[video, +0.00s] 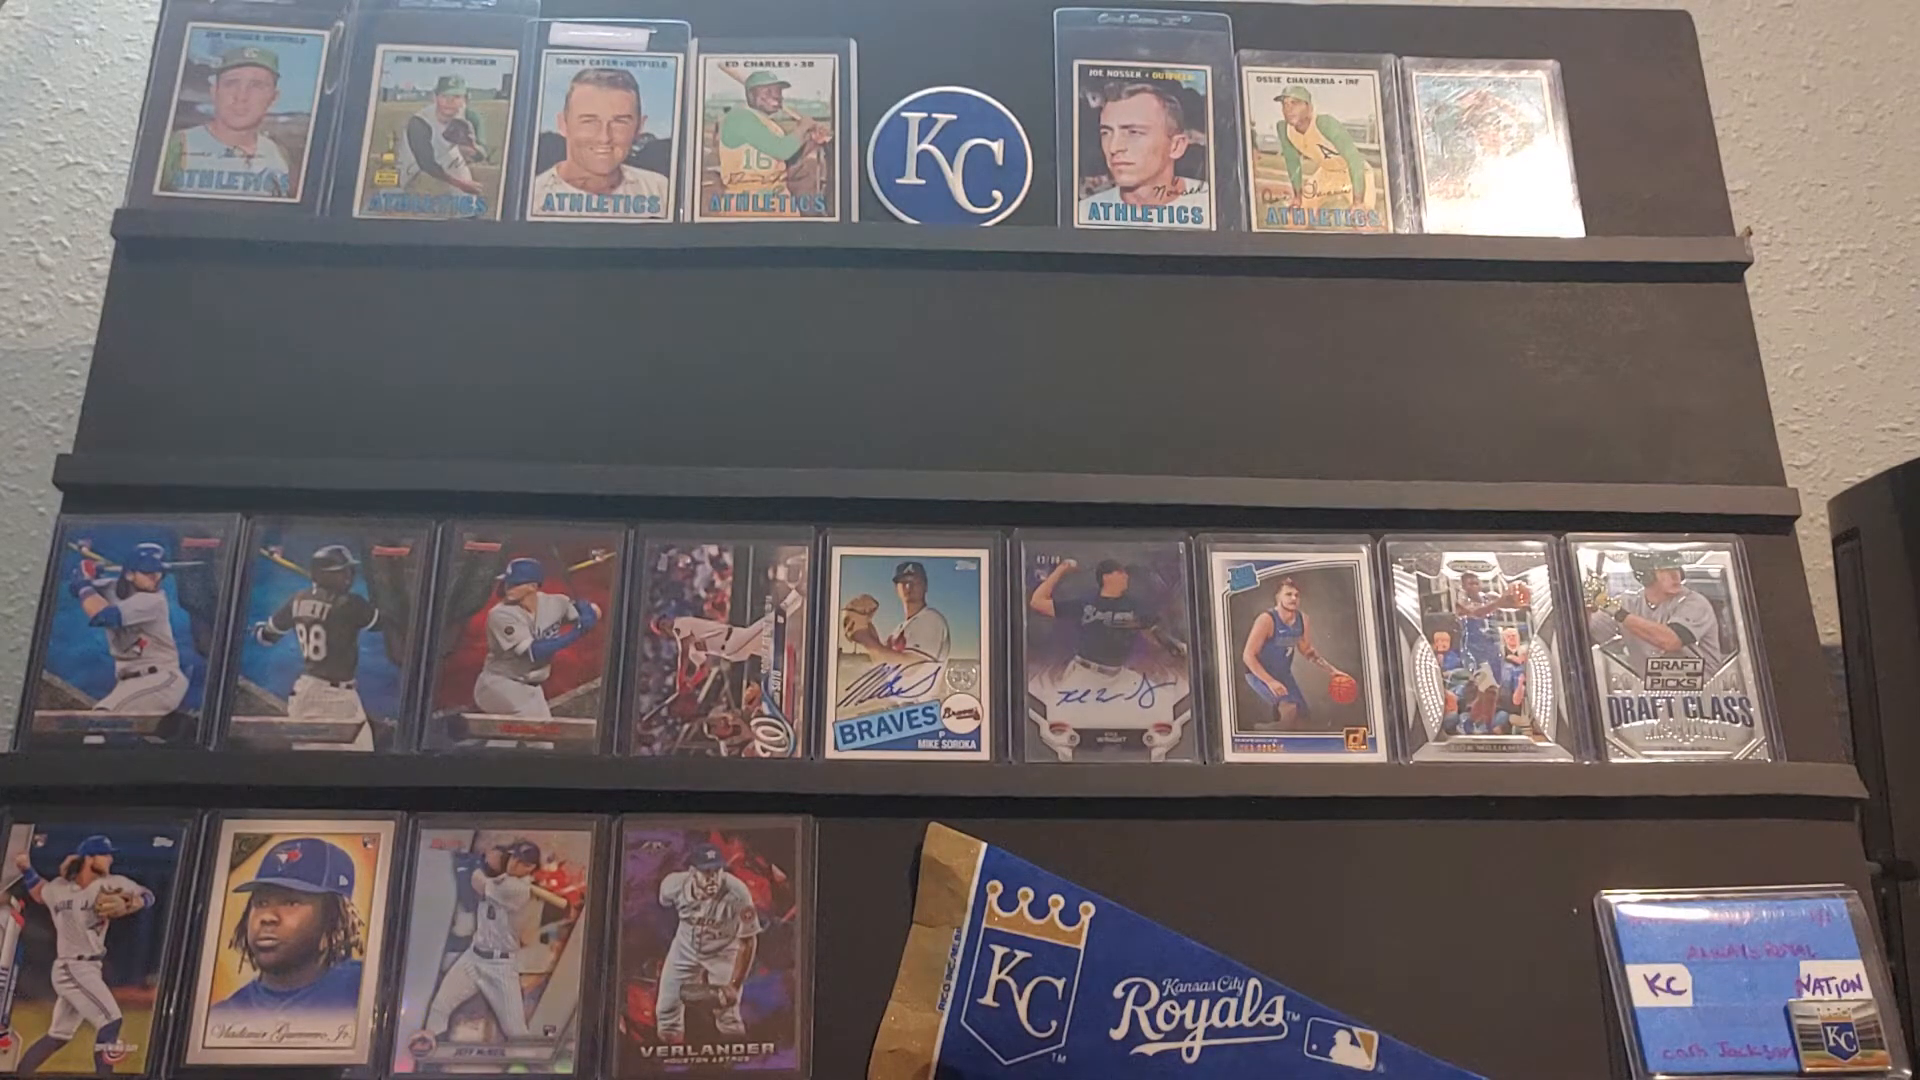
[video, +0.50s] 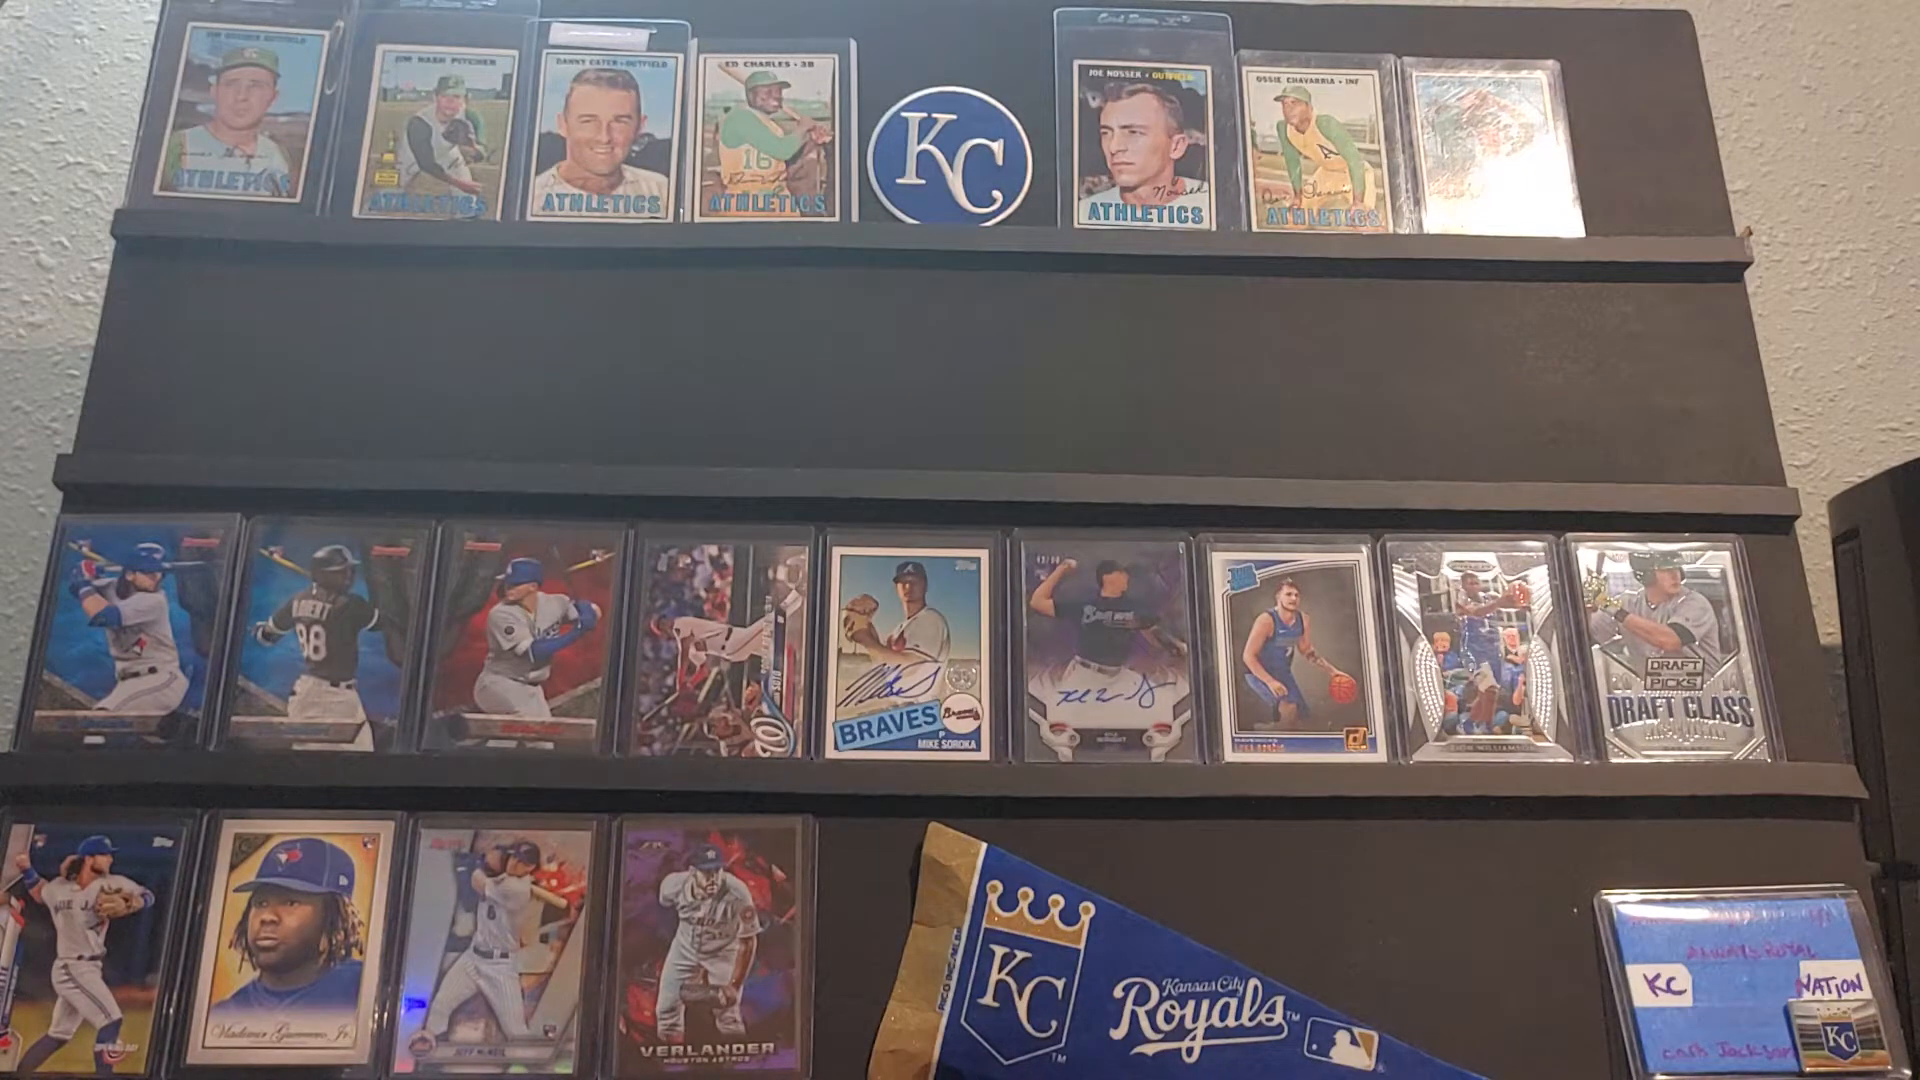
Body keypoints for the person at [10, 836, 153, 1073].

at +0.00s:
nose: (110, 859)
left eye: (110, 855)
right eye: (105, 855)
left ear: (97, 861)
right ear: (90, 859)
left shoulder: (111, 884)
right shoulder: (58, 889)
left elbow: (148, 896)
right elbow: (38, 890)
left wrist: (131, 905)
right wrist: (26, 869)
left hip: (90, 969)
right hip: (71, 969)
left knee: (58, 1036)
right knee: (111, 1019)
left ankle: (19, 1073)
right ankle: (104, 1074)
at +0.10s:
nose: (110, 859)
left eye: (110, 855)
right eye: (105, 855)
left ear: (97, 861)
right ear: (90, 859)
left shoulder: (111, 884)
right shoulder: (58, 889)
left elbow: (148, 896)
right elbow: (39, 890)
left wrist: (131, 905)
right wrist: (26, 869)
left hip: (91, 969)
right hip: (71, 969)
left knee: (58, 1036)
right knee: (111, 1019)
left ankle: (19, 1073)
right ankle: (104, 1073)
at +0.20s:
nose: (110, 859)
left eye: (110, 855)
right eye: (105, 855)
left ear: (97, 861)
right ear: (90, 859)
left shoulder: (111, 884)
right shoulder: (58, 889)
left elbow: (148, 896)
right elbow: (39, 890)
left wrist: (131, 905)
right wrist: (26, 869)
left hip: (91, 969)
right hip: (71, 969)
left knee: (58, 1036)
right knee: (111, 1019)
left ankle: (19, 1073)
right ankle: (104, 1074)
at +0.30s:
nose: (110, 859)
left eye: (110, 855)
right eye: (105, 855)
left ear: (97, 861)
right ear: (90, 859)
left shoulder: (111, 884)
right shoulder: (58, 889)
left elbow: (148, 896)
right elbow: (39, 890)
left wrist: (131, 905)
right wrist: (26, 869)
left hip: (90, 969)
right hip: (71, 969)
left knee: (58, 1036)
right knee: (111, 1019)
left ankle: (19, 1073)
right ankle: (104, 1074)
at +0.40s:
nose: (110, 859)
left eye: (110, 855)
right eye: (105, 855)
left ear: (96, 861)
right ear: (90, 859)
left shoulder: (111, 884)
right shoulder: (58, 889)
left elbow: (148, 896)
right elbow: (40, 892)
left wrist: (131, 904)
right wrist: (27, 870)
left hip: (90, 969)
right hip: (71, 969)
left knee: (58, 1036)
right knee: (111, 1020)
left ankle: (19, 1073)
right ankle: (104, 1074)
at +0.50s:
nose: (110, 860)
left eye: (110, 855)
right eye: (105, 855)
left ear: (96, 861)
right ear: (89, 860)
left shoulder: (112, 884)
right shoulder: (58, 888)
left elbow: (149, 896)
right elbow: (40, 892)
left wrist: (129, 904)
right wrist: (27, 870)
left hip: (91, 969)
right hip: (70, 969)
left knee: (59, 1035)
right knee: (111, 1019)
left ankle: (19, 1073)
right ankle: (104, 1074)